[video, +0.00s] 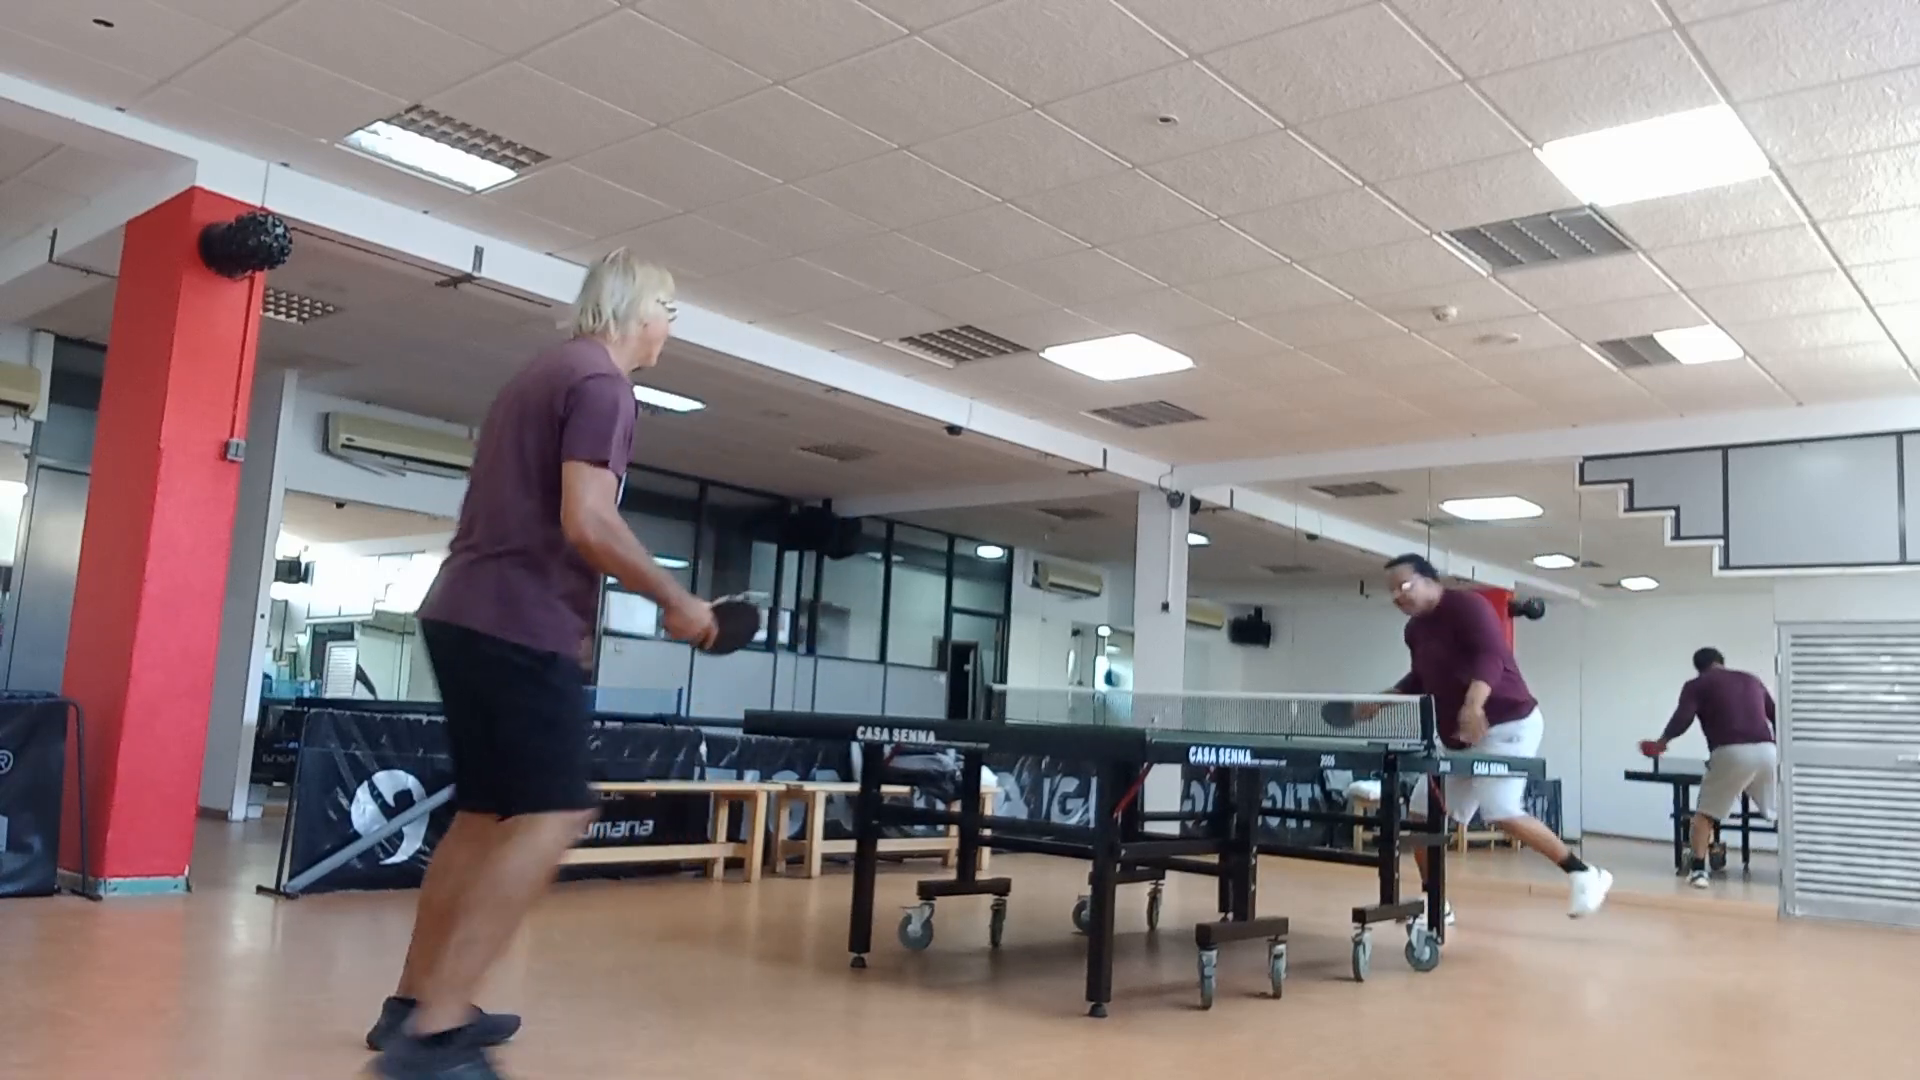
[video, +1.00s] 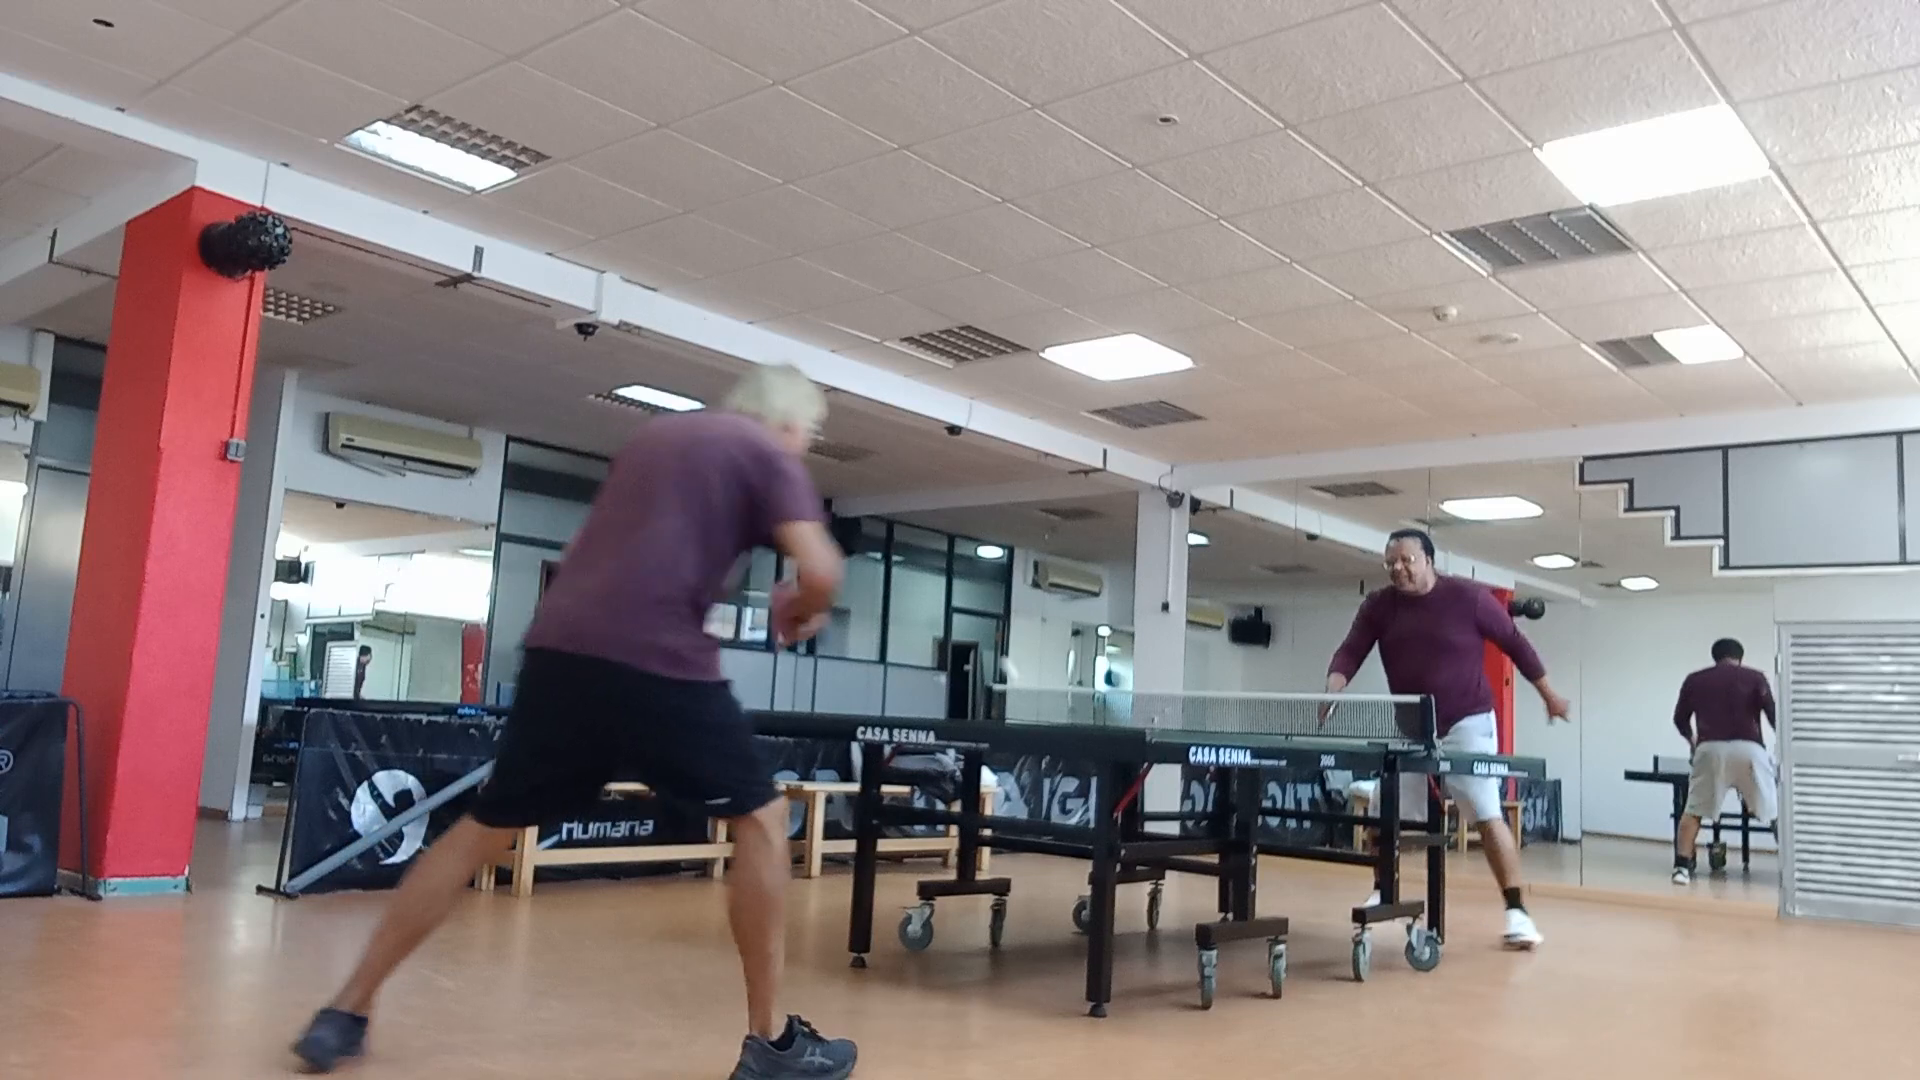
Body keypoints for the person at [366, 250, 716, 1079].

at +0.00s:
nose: (668, 339)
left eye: (671, 324)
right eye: (666, 321)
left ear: (598, 308)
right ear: (634, 314)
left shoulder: (543, 370)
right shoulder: (602, 381)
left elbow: (512, 519)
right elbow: (591, 523)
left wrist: (571, 621)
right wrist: (675, 601)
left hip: (466, 614)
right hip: (518, 625)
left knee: (486, 808)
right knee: (558, 809)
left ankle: (419, 1000)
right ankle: (438, 1023)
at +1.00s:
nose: (801, 454)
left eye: (807, 443)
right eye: (804, 439)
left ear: (735, 404)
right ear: (786, 422)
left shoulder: (651, 435)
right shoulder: (768, 452)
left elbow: (612, 554)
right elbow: (822, 571)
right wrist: (798, 610)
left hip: (556, 659)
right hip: (661, 668)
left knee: (479, 831)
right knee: (759, 818)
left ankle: (345, 1013)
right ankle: (770, 1035)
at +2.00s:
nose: (642, 344)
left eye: (643, 330)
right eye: (640, 329)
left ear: (567, 317)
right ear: (615, 319)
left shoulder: (502, 388)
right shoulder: (613, 374)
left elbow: (436, 500)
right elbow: (680, 479)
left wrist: (487, 563)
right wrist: (749, 509)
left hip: (481, 605)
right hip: (564, 605)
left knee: (484, 792)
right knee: (612, 788)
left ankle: (438, 998)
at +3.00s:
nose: (112, 275)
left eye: (131, 264)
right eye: (103, 265)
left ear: (171, 290)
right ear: (93, 295)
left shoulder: (195, 366)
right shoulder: (98, 404)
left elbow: (208, 496)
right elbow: (79, 538)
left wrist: (97, 566)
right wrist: (7, 595)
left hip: (185, 622)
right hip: (116, 623)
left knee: (71, 785)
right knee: (24, 771)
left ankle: (173, 957)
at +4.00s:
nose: (240, 235)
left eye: (237, 221)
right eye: (229, 217)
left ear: (162, 225)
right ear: (186, 221)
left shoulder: (89, 303)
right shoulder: (159, 304)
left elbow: (16, 451)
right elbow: (122, 446)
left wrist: (26, 548)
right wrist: (225, 540)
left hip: (42, 591)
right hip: (88, 597)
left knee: (151, 774)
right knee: (153, 774)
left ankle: (68, 988)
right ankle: (67, 990)